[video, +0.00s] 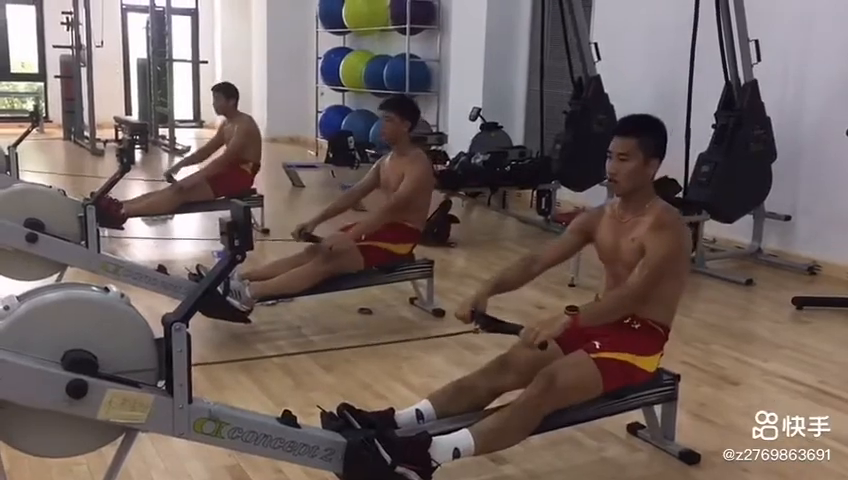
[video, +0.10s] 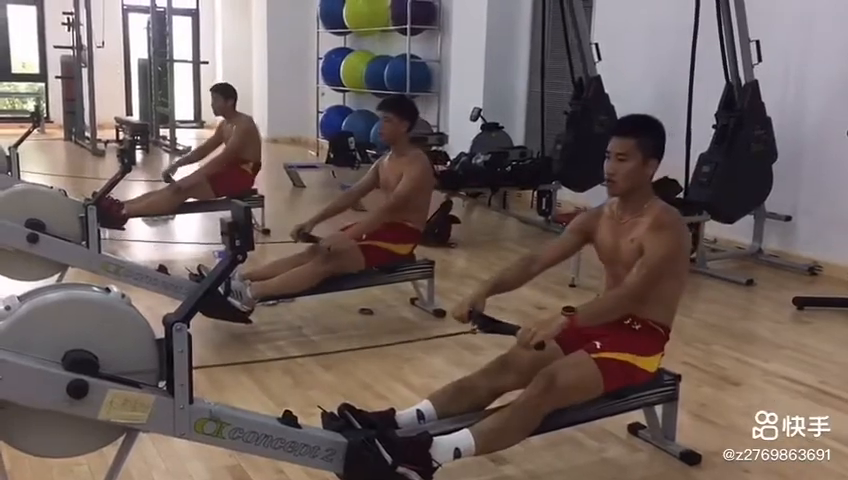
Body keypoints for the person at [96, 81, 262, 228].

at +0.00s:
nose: (214, 104)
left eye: (217, 100)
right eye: (214, 100)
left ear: (230, 100)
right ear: (225, 101)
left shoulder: (244, 125)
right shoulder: (227, 125)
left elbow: (225, 161)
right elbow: (204, 152)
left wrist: (186, 182)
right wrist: (177, 166)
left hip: (238, 180)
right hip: (225, 174)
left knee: (180, 193)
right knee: (176, 190)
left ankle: (122, 213)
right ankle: (120, 207)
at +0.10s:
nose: (212, 105)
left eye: (215, 101)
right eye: (212, 101)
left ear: (229, 101)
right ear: (223, 101)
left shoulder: (243, 126)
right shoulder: (225, 125)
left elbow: (220, 161)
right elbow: (203, 150)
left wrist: (184, 183)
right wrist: (176, 164)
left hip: (238, 181)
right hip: (226, 176)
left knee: (181, 191)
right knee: (176, 189)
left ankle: (123, 214)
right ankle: (121, 207)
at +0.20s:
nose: (208, 106)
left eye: (212, 102)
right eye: (208, 102)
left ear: (226, 103)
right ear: (220, 104)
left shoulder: (240, 127)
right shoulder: (222, 125)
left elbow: (215, 161)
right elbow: (198, 149)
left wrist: (183, 180)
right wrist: (172, 163)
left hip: (238, 180)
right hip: (226, 175)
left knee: (179, 188)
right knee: (175, 183)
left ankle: (126, 214)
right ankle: (123, 207)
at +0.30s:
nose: (204, 108)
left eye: (208, 103)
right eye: (204, 103)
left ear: (222, 104)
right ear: (216, 105)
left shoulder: (237, 128)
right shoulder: (217, 126)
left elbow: (210, 159)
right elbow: (194, 147)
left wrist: (179, 174)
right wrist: (168, 162)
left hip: (239, 180)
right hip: (228, 175)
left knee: (181, 178)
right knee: (175, 176)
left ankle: (128, 214)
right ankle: (126, 208)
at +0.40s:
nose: (197, 106)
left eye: (201, 103)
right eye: (198, 102)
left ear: (215, 104)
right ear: (212, 105)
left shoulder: (230, 127)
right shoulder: (212, 126)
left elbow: (205, 157)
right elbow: (186, 147)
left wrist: (170, 168)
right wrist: (159, 159)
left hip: (235, 181)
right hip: (225, 176)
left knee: (176, 171)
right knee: (170, 170)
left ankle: (128, 214)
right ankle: (127, 208)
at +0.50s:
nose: (192, 108)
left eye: (195, 104)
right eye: (192, 104)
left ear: (208, 105)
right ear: (204, 105)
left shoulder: (222, 126)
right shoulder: (204, 126)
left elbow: (197, 156)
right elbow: (179, 145)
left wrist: (160, 169)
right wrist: (152, 160)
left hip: (229, 183)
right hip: (219, 178)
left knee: (170, 166)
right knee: (163, 162)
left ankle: (131, 212)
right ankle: (129, 207)